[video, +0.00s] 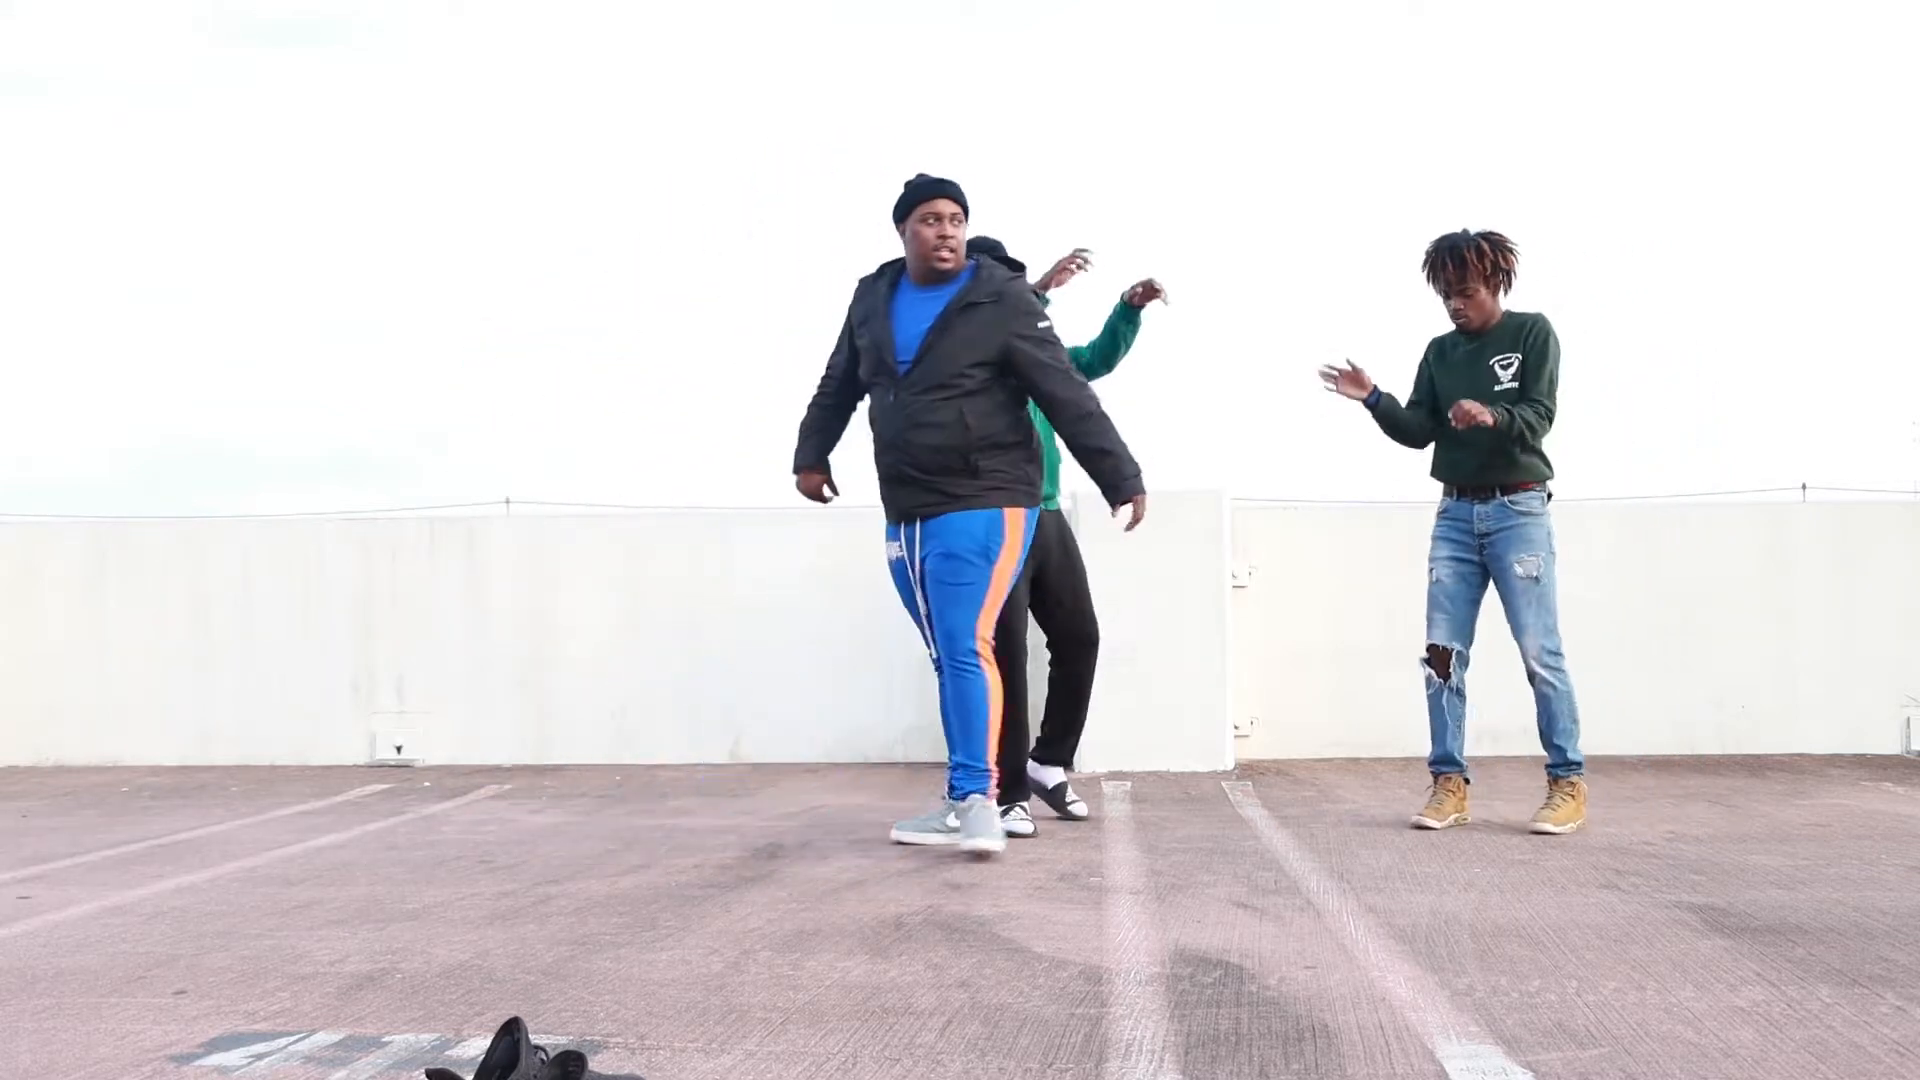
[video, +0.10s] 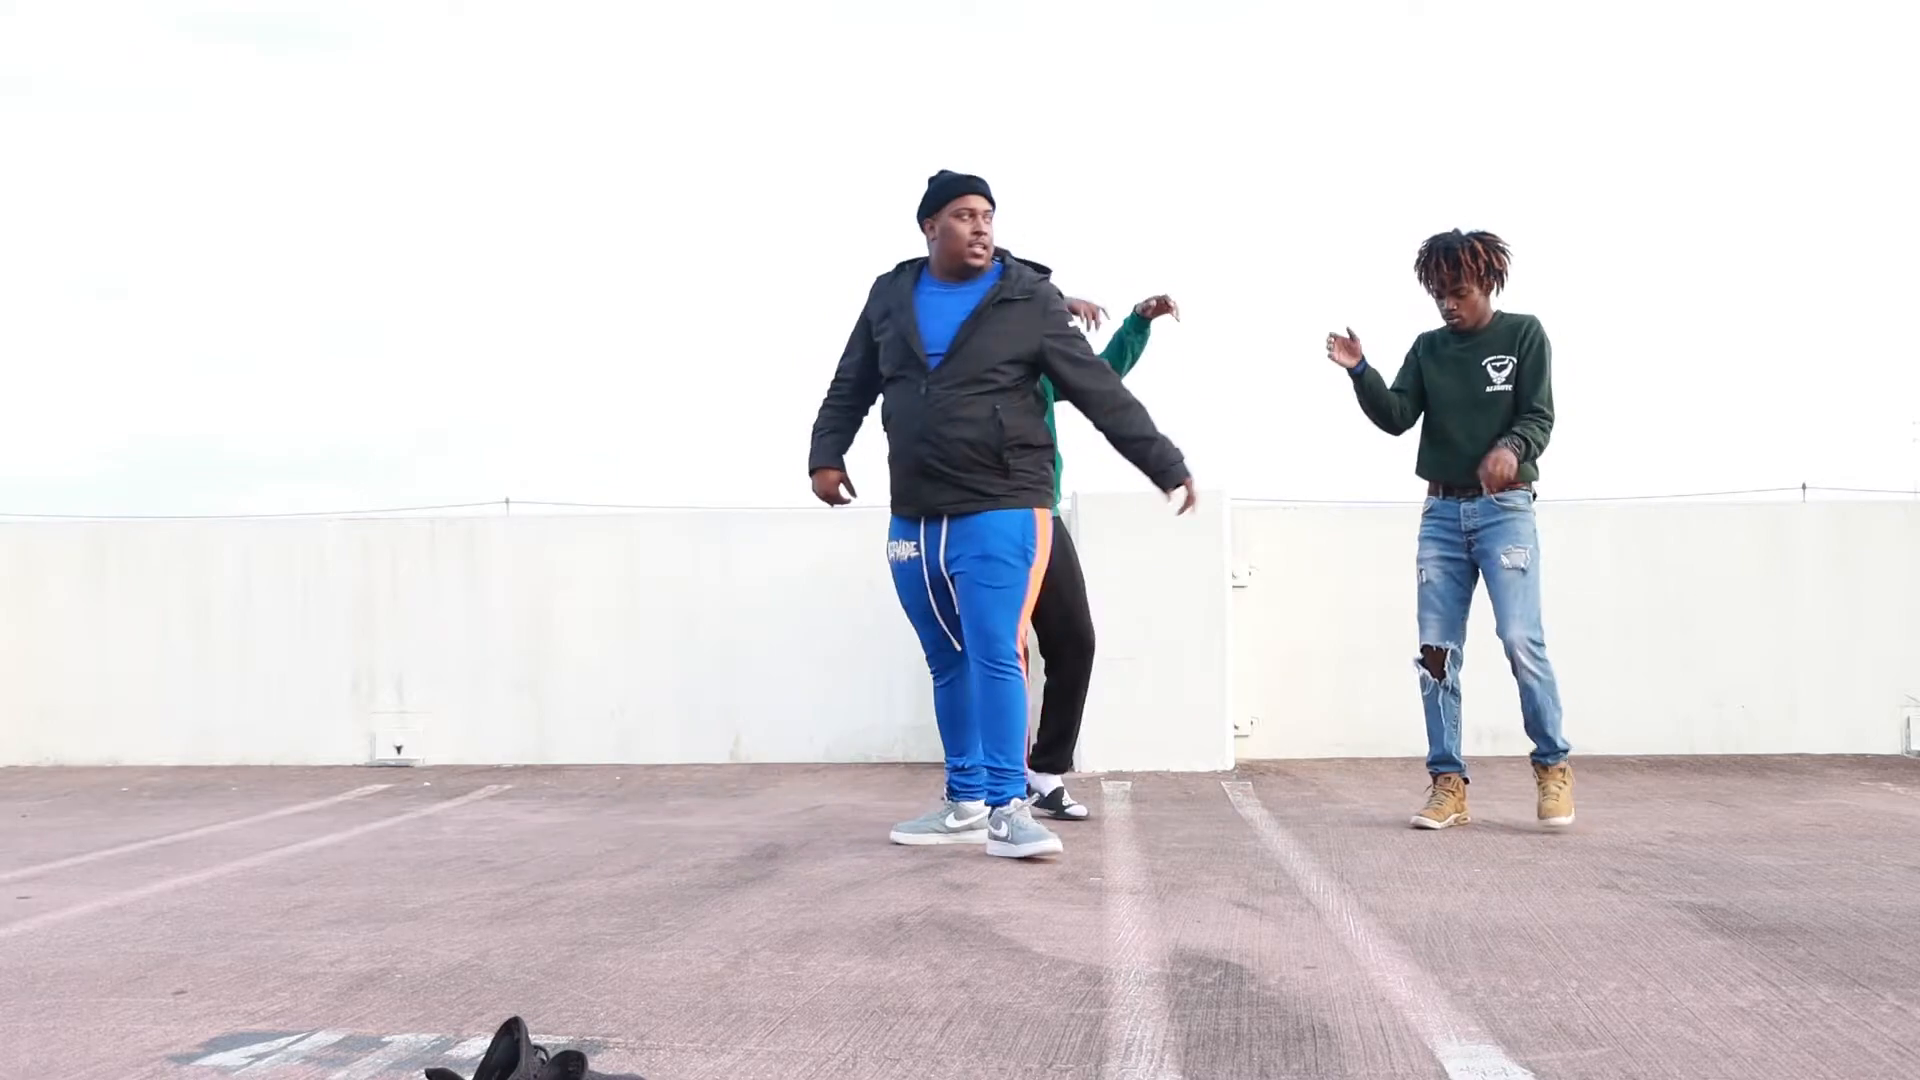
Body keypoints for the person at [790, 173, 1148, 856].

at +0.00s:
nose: (945, 231)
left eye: (953, 220)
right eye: (930, 221)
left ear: (967, 230)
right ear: (902, 232)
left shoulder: (1001, 296)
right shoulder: (874, 297)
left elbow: (1063, 387)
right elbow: (841, 379)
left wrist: (1117, 473)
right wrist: (812, 453)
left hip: (984, 497)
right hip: (907, 503)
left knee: (963, 648)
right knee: (949, 654)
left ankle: (974, 806)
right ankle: (974, 797)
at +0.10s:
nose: (979, 227)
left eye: (985, 217)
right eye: (964, 217)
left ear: (994, 228)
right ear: (929, 227)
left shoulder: (1030, 299)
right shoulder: (891, 295)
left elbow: (1098, 385)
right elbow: (852, 382)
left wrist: (1163, 461)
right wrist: (825, 455)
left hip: (999, 502)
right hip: (916, 506)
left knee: (995, 652)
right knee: (946, 662)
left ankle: (1008, 806)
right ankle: (966, 802)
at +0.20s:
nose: (1016, 227)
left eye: (1019, 218)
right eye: (1002, 216)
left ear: (1020, 228)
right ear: (959, 226)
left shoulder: (1055, 302)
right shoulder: (909, 296)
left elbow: (1135, 374)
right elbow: (860, 383)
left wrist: (1220, 434)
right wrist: (840, 459)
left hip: (1023, 506)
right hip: (930, 508)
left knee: (1012, 656)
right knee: (935, 666)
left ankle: (1012, 810)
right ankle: (961, 799)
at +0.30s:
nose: (1048, 226)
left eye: (1048, 214)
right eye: (1034, 214)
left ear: (1032, 224)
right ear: (990, 222)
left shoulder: (1079, 302)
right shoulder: (930, 291)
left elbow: (1166, 357)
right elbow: (871, 378)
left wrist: (1261, 401)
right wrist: (852, 464)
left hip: (1048, 505)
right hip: (949, 499)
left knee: (1031, 659)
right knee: (937, 656)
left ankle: (1012, 813)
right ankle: (947, 778)